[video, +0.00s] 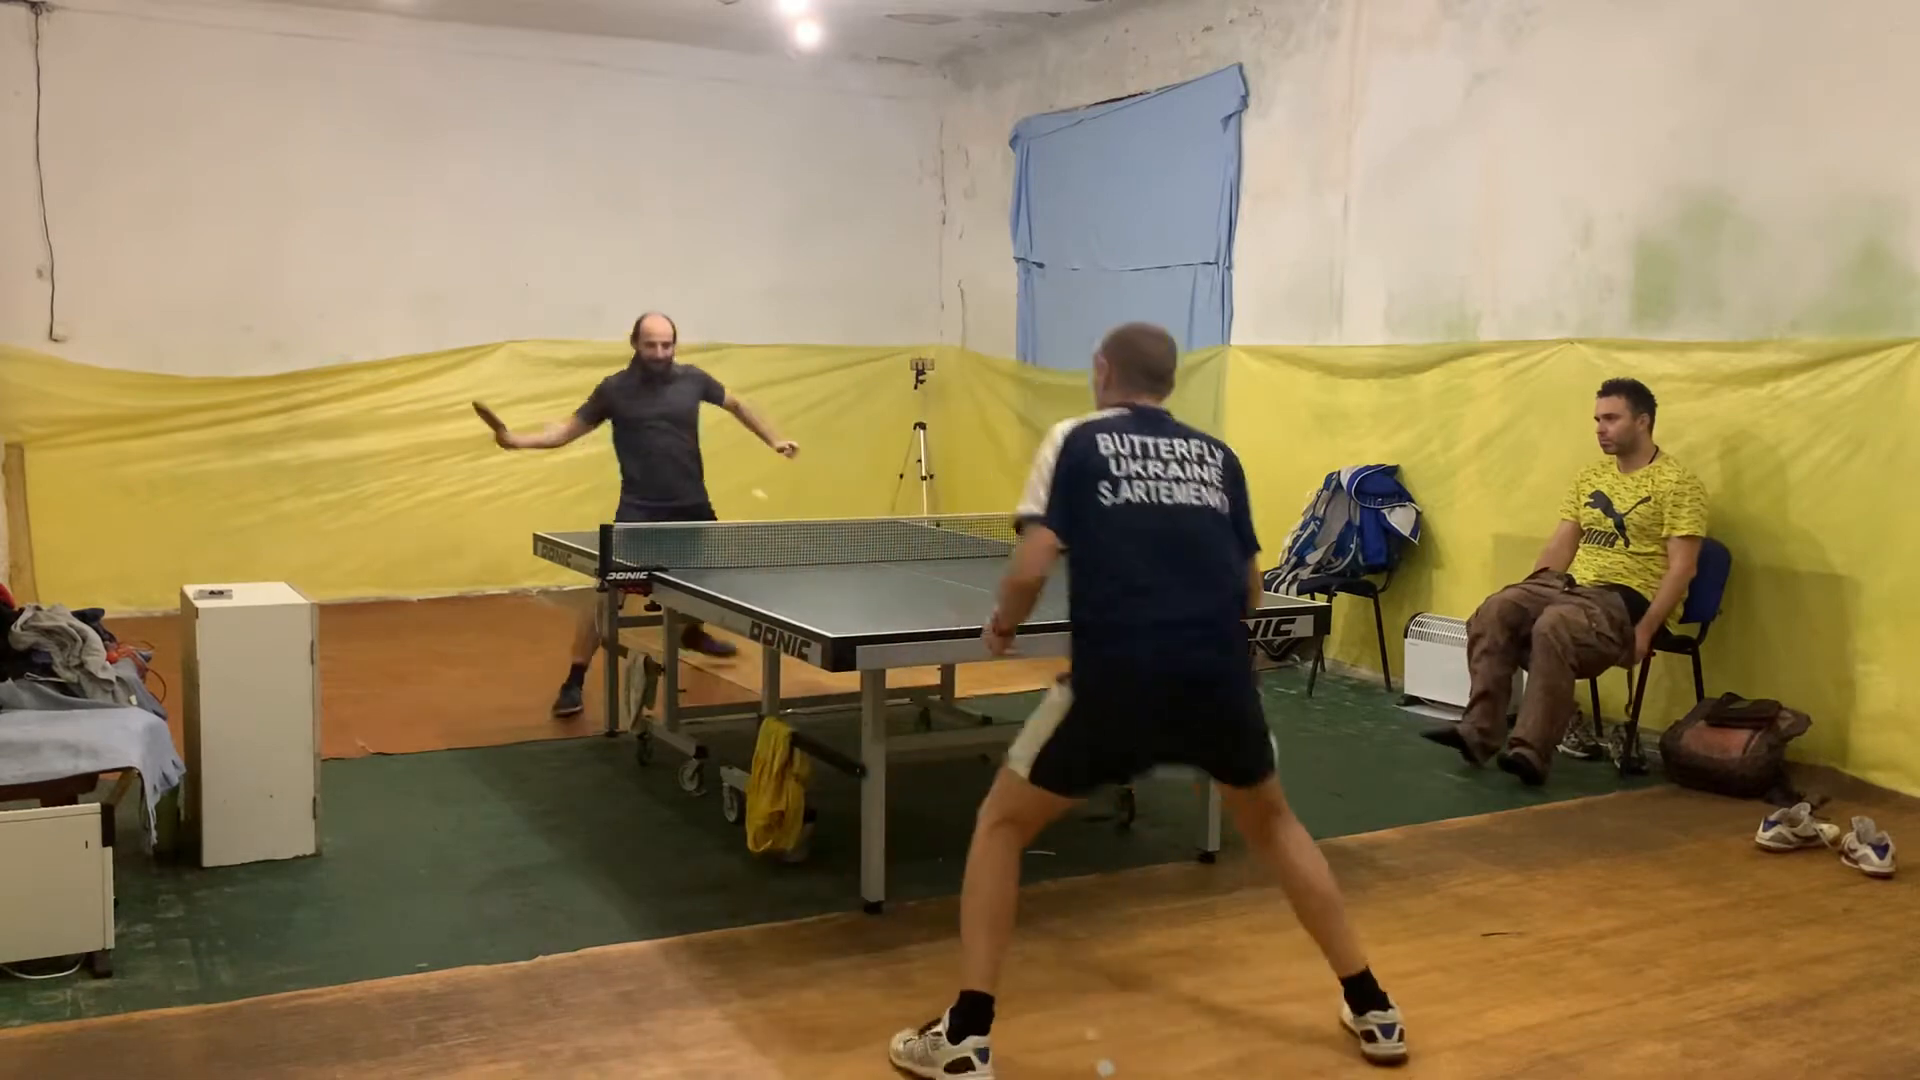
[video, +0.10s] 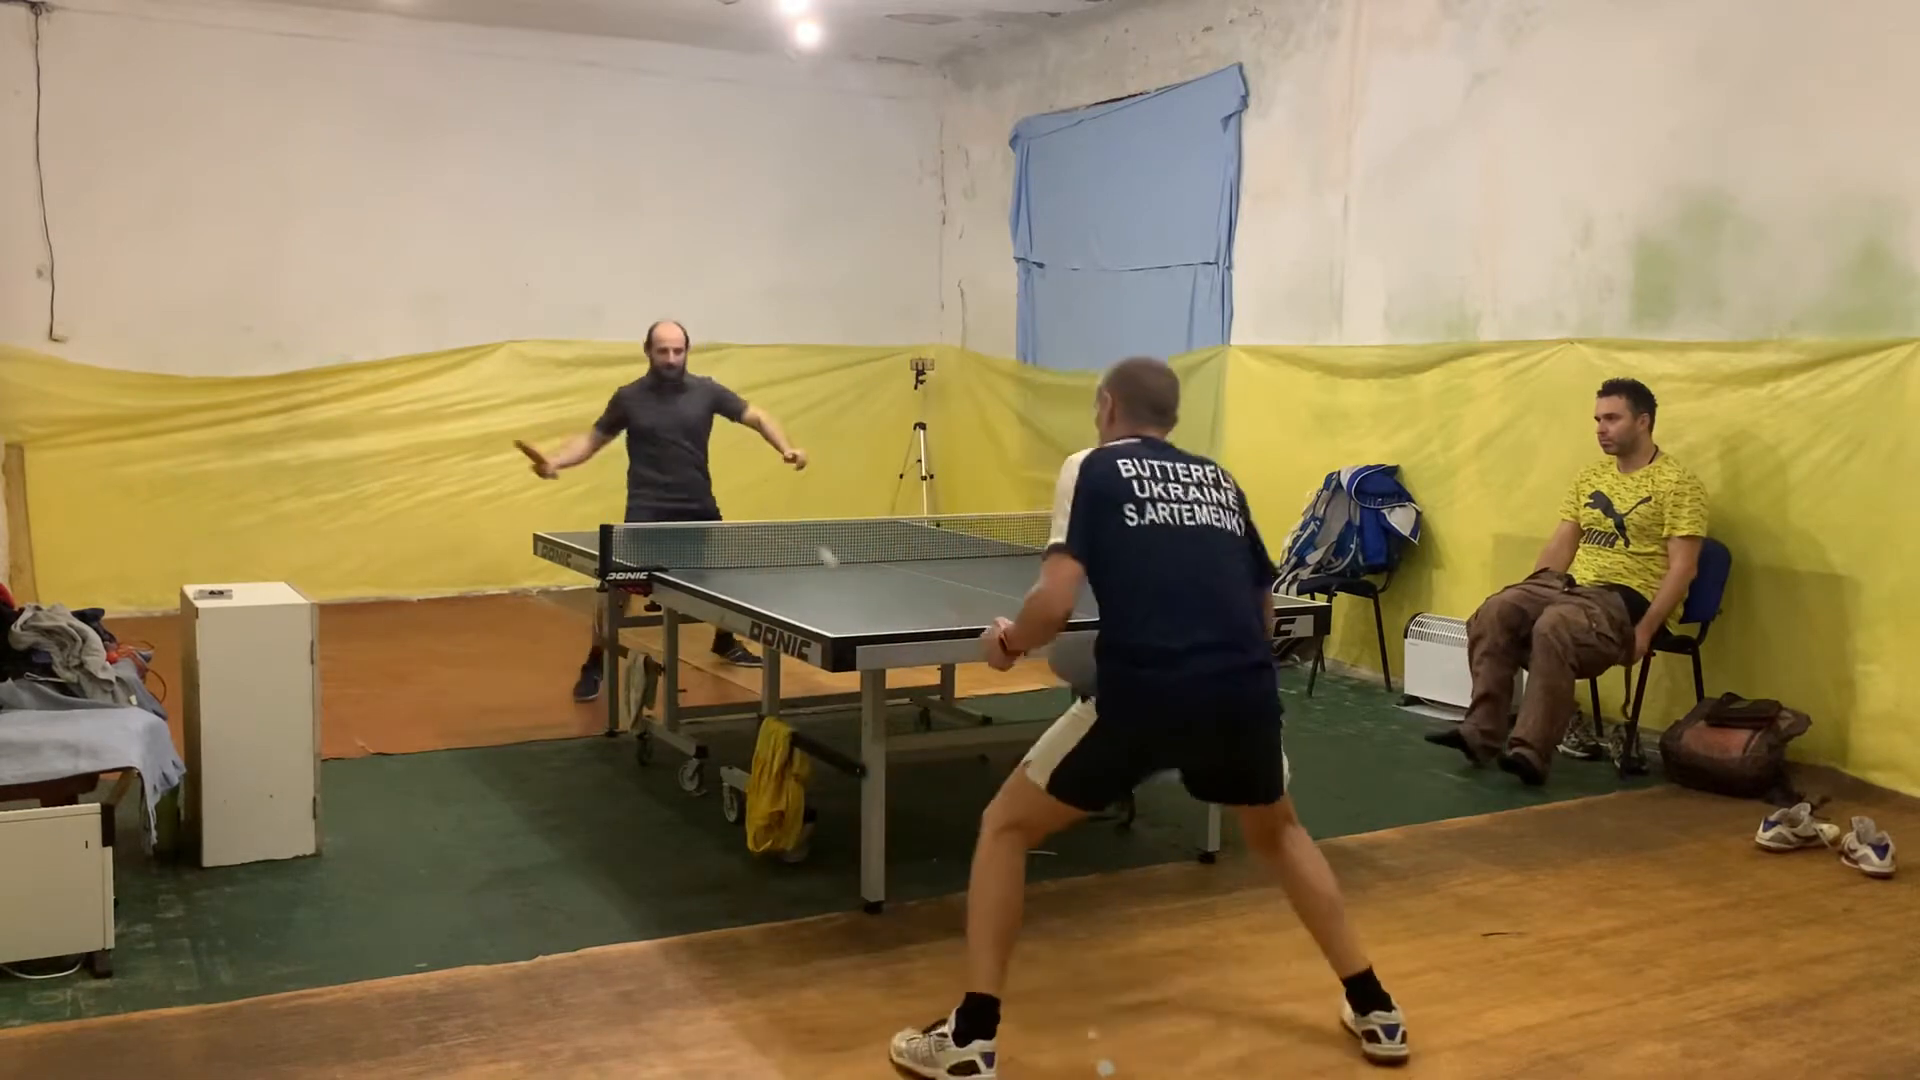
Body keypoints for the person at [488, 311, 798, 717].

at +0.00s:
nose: (661, 352)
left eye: (667, 345)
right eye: (652, 345)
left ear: (676, 345)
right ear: (635, 346)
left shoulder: (694, 379)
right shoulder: (614, 390)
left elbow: (737, 406)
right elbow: (566, 429)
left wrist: (774, 440)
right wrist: (515, 440)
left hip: (692, 509)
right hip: (637, 511)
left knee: (711, 573)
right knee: (606, 594)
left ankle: (689, 628)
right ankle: (574, 682)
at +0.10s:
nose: (671, 358)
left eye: (678, 351)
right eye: (663, 351)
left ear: (687, 352)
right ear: (648, 353)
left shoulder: (706, 391)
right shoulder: (629, 398)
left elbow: (757, 418)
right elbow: (592, 440)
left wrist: (786, 448)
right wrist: (554, 462)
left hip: (699, 508)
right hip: (646, 510)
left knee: (727, 573)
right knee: (618, 587)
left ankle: (725, 639)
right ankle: (595, 663)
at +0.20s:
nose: (679, 356)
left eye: (685, 349)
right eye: (671, 349)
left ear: (695, 351)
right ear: (657, 351)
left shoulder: (713, 389)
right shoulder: (636, 395)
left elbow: (760, 418)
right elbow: (599, 437)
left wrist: (763, 443)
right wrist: (584, 450)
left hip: (706, 505)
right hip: (654, 508)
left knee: (732, 571)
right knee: (625, 586)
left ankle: (725, 639)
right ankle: (601, 663)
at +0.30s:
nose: (679, 338)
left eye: (686, 331)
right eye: (671, 332)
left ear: (695, 332)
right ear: (657, 333)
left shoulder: (715, 368)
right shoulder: (639, 376)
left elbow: (759, 407)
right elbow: (596, 414)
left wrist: (745, 443)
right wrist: (605, 430)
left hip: (708, 485)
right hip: (656, 487)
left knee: (743, 558)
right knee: (624, 565)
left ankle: (734, 632)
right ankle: (601, 653)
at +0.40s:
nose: (685, 341)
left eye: (691, 334)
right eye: (676, 334)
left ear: (701, 334)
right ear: (662, 335)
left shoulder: (717, 369)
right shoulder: (644, 373)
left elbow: (755, 411)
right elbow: (602, 422)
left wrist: (739, 459)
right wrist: (626, 446)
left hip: (707, 481)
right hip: (657, 483)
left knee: (747, 553)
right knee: (632, 561)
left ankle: (757, 624)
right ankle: (599, 650)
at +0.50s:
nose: (690, 361)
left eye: (697, 354)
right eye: (682, 354)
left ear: (706, 354)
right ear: (669, 355)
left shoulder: (722, 389)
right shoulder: (652, 392)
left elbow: (746, 429)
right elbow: (614, 445)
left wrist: (730, 478)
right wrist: (630, 483)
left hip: (708, 497)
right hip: (658, 500)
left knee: (751, 559)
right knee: (624, 571)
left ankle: (768, 633)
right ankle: (604, 650)